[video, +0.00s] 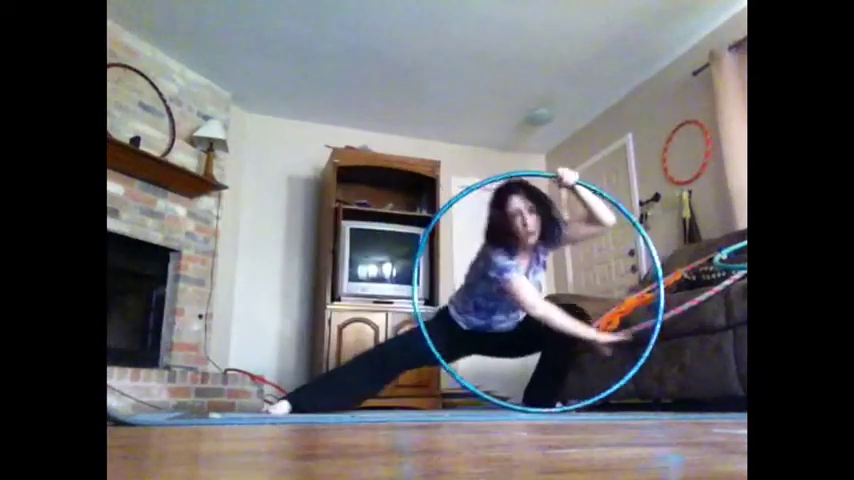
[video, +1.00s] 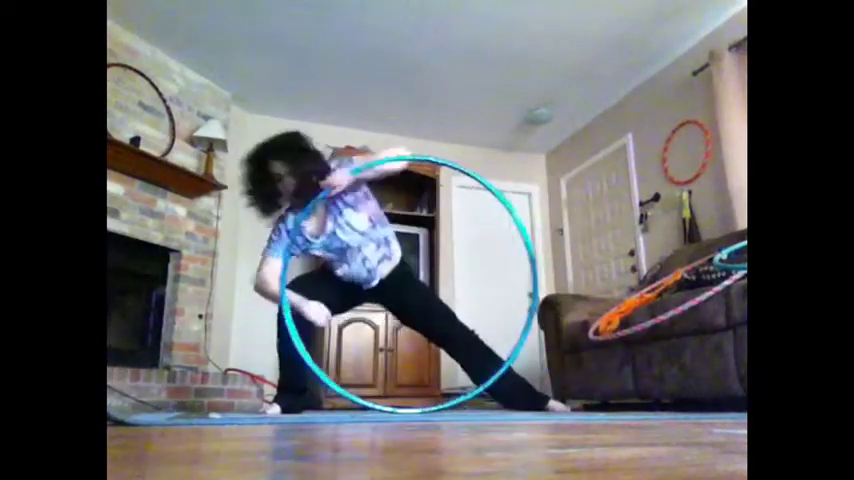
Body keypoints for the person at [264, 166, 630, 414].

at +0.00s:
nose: (523, 222)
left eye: (528, 213)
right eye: (513, 217)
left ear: (542, 214)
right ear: (503, 224)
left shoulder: (547, 240)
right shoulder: (498, 258)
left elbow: (604, 222)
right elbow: (536, 307)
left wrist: (575, 186)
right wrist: (594, 336)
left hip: (504, 331)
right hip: (455, 330)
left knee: (568, 326)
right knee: (385, 359)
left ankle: (534, 411)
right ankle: (294, 405)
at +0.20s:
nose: (513, 233)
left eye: (521, 225)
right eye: (505, 224)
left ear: (533, 229)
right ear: (493, 225)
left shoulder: (537, 247)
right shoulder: (478, 254)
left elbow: (593, 225)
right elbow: (462, 300)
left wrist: (561, 187)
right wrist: (521, 342)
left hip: (493, 324)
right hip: (445, 322)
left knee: (558, 317)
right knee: (373, 344)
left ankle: (538, 413)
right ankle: (291, 405)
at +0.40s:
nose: (462, 225)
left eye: (472, 219)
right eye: (457, 216)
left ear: (486, 223)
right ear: (445, 214)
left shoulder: (485, 248)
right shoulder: (424, 240)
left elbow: (540, 213)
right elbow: (379, 265)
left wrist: (495, 176)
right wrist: (415, 318)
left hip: (461, 317)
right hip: (408, 313)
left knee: (530, 317)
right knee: (353, 316)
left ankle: (541, 405)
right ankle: (292, 404)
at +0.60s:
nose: (399, 211)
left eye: (405, 206)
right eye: (393, 205)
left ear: (416, 209)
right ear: (382, 206)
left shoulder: (428, 235)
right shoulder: (365, 230)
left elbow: (455, 201)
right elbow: (310, 249)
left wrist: (399, 173)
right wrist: (321, 291)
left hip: (426, 308)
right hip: (375, 303)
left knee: (493, 324)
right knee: (318, 310)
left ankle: (541, 403)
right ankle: (296, 402)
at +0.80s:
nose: (337, 186)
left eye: (350, 179)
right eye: (333, 179)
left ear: (365, 179)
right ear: (326, 183)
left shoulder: (385, 200)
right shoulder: (315, 217)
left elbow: (405, 191)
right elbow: (276, 256)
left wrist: (344, 181)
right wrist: (265, 291)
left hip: (394, 293)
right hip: (343, 291)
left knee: (466, 339)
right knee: (301, 302)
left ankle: (539, 404)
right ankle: (295, 402)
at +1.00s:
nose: (282, 187)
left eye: (285, 176)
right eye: (275, 183)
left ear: (305, 166)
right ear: (272, 188)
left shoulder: (343, 174)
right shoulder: (288, 225)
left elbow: (401, 159)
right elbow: (264, 280)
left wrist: (354, 174)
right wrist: (300, 300)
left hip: (391, 275)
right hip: (343, 282)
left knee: (455, 336)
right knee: (291, 303)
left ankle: (535, 404)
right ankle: (294, 402)